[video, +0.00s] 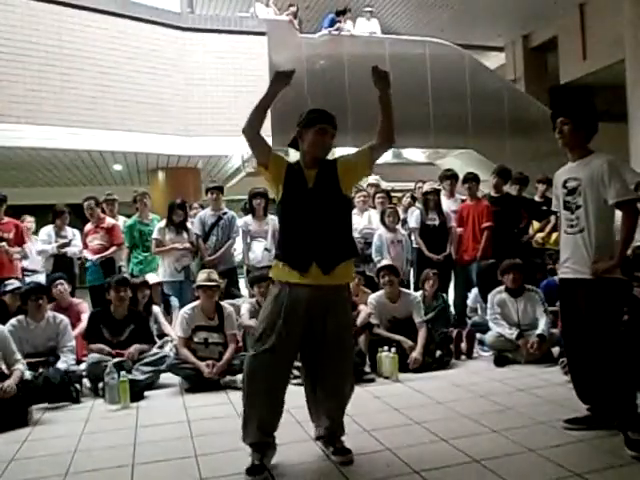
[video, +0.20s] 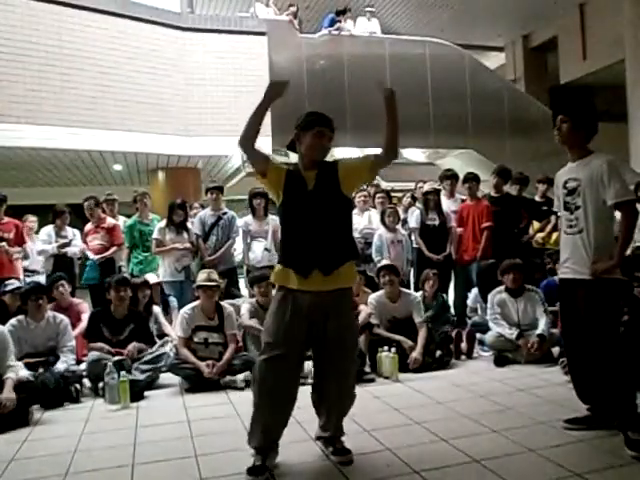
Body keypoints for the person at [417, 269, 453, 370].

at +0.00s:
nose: (431, 283)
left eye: (434, 280)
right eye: (428, 280)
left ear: (438, 284)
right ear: (423, 282)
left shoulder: (442, 300)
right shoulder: (417, 299)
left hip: (441, 330)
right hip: (424, 331)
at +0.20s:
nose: (431, 283)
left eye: (434, 281)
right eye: (428, 280)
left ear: (438, 284)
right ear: (423, 283)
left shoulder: (441, 299)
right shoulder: (418, 299)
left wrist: (423, 319)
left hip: (442, 326)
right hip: (427, 327)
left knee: (444, 335)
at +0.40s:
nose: (431, 283)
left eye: (434, 281)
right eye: (428, 280)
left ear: (438, 283)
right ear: (423, 283)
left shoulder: (441, 299)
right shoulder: (417, 299)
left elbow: (448, 316)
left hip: (439, 329)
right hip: (423, 329)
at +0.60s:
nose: (431, 284)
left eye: (434, 281)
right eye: (428, 280)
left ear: (437, 284)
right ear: (422, 283)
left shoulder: (441, 300)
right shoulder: (416, 299)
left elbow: (444, 319)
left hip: (439, 330)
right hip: (423, 330)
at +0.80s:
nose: (429, 289)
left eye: (432, 286)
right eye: (427, 286)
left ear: (435, 286)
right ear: (421, 286)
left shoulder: (441, 300)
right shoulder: (415, 299)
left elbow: (446, 317)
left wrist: (447, 325)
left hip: (439, 329)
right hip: (424, 330)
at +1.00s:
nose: (428, 285)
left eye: (430, 282)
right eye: (425, 282)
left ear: (434, 283)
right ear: (420, 284)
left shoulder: (440, 298)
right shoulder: (415, 298)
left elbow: (452, 310)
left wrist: (460, 318)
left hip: (441, 331)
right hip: (424, 332)